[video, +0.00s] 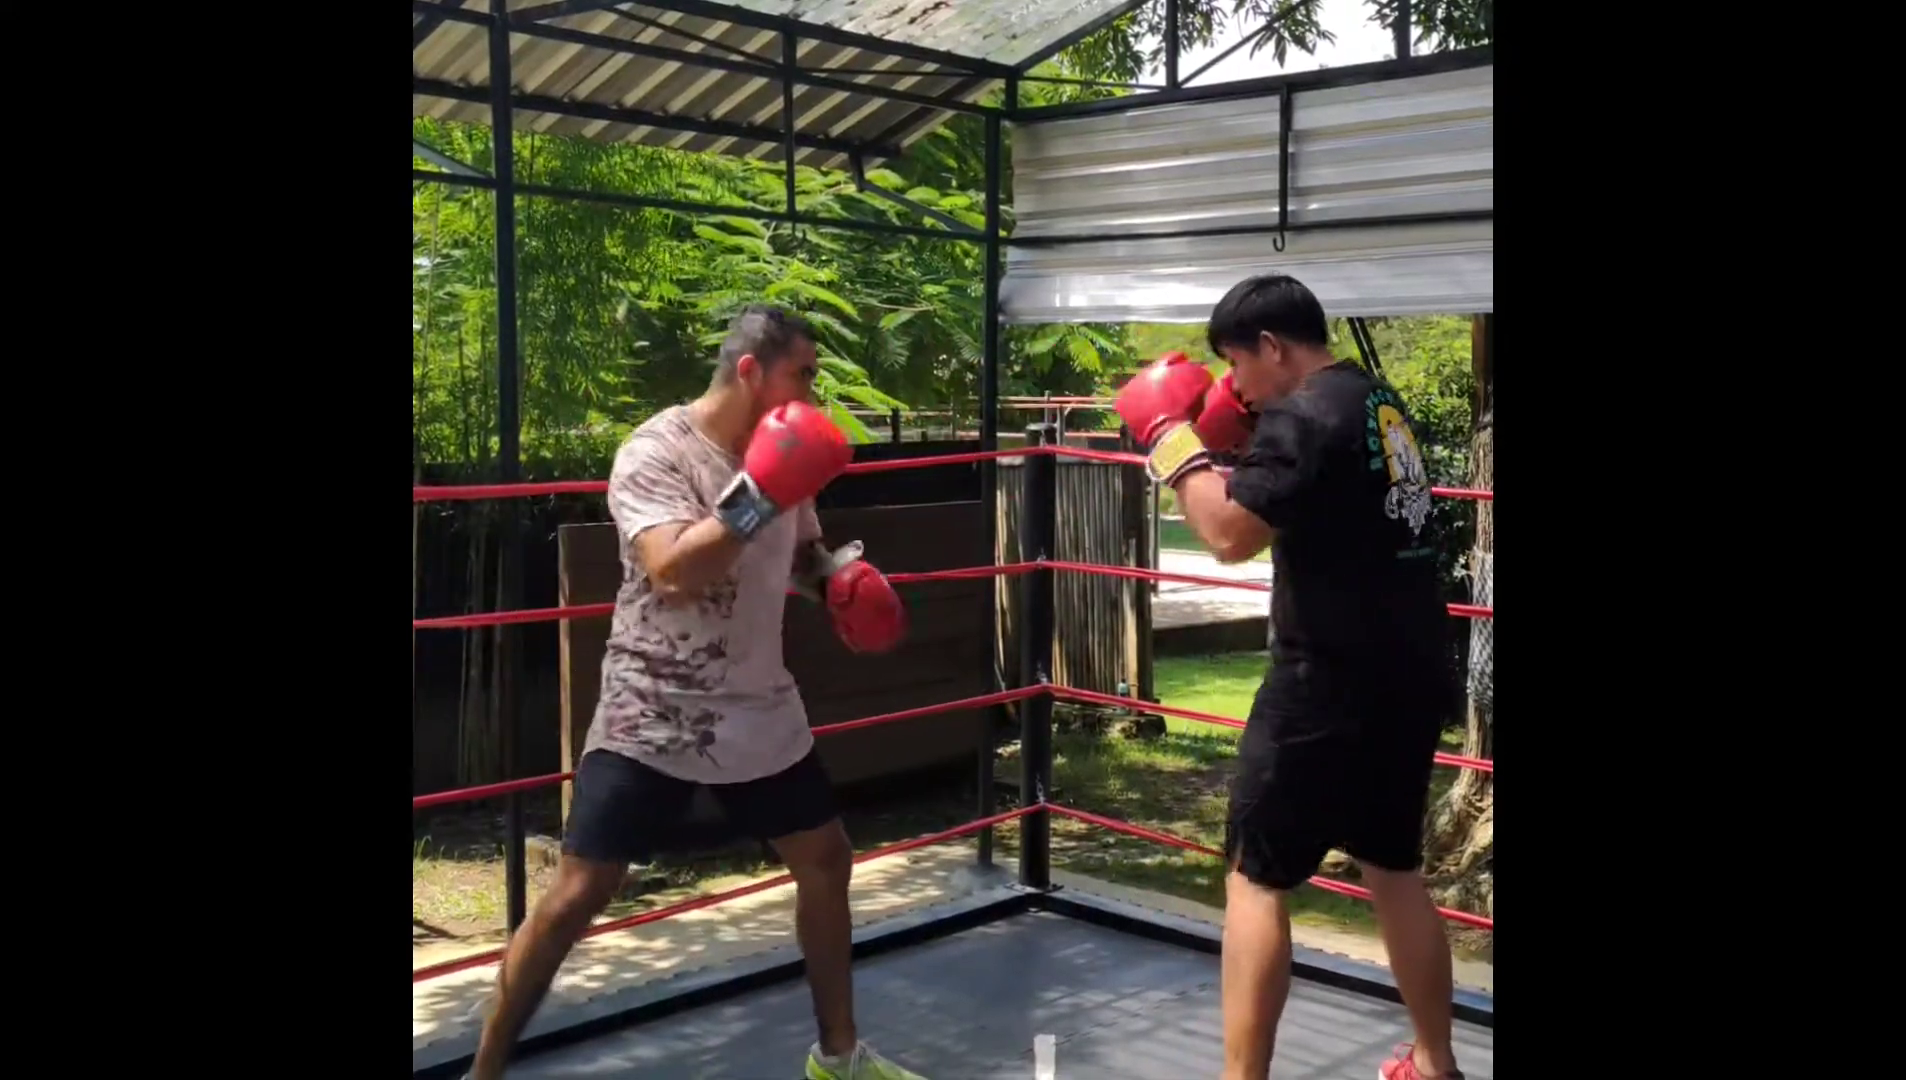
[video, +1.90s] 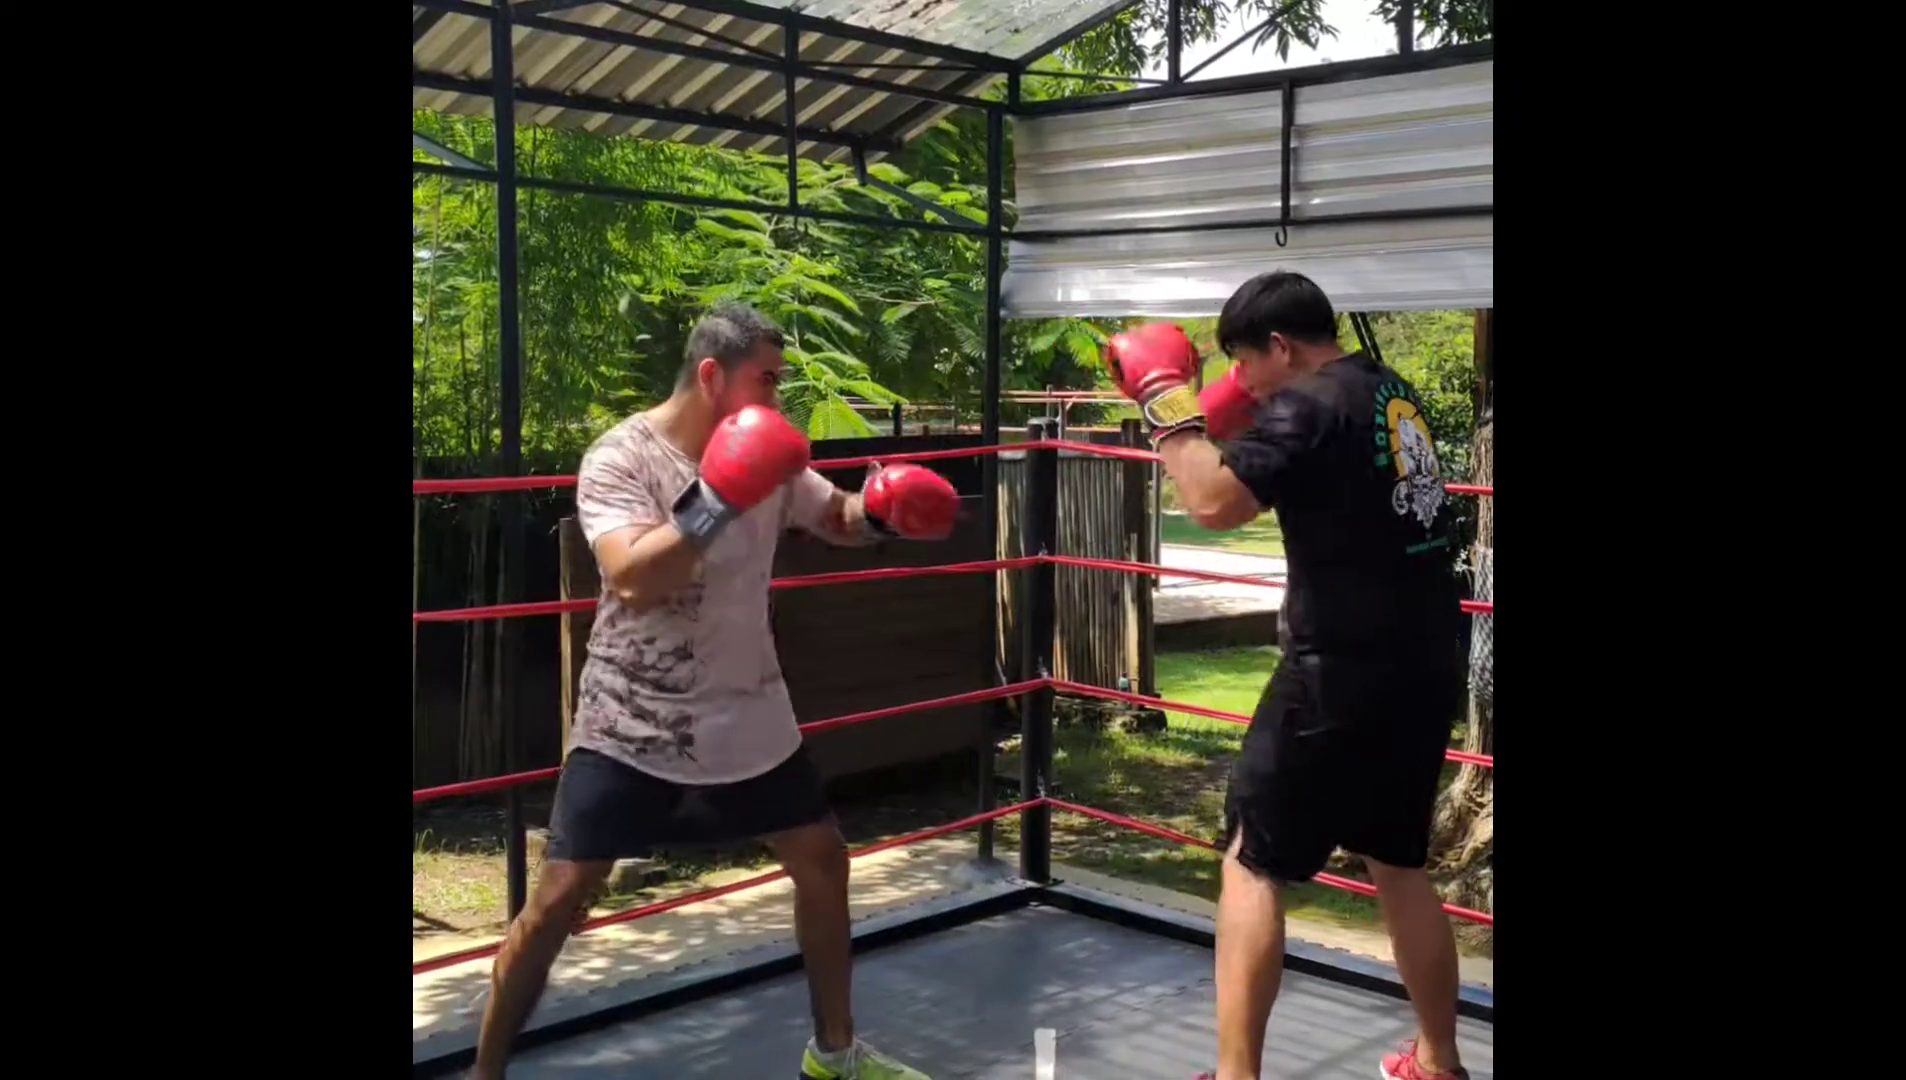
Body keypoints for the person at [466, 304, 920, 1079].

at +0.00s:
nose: (810, 395)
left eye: (813, 379)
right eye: (802, 375)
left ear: (753, 372)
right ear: (748, 368)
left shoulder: (784, 460)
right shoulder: (654, 450)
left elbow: (805, 555)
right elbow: (670, 568)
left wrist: (844, 580)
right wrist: (763, 489)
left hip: (759, 712)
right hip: (649, 714)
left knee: (825, 861)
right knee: (576, 895)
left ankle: (840, 1053)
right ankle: (484, 1069)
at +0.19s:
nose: (738, 407)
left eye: (740, 390)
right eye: (731, 388)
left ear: (685, 388)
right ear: (681, 385)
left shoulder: (704, 475)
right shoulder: (581, 482)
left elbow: (721, 580)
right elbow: (639, 607)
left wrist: (728, 624)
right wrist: (710, 509)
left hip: (695, 728)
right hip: (588, 737)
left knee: (775, 868)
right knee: (541, 932)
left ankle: (831, 1050)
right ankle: (475, 1074)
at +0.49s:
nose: (741, 381)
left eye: (744, 367)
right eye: (735, 365)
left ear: (685, 362)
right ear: (693, 362)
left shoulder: (676, 447)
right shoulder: (623, 447)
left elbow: (656, 579)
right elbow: (730, 544)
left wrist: (709, 604)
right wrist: (761, 445)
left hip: (674, 705)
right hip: (593, 710)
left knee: (739, 855)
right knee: (550, 909)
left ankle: (768, 1047)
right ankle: (479, 1072)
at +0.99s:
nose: (711, 394)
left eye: (712, 377)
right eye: (703, 376)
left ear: (654, 375)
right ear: (655, 374)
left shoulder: (662, 466)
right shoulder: (565, 471)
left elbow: (672, 567)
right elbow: (642, 592)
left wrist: (685, 610)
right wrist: (702, 493)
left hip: (652, 720)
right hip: (561, 730)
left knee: (725, 859)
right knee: (533, 929)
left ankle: (767, 1048)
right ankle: (474, 1075)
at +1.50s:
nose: (702, 411)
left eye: (708, 395)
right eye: (698, 392)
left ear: (651, 386)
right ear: (648, 382)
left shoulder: (647, 473)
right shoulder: (555, 482)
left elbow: (639, 591)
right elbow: (635, 605)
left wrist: (689, 605)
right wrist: (698, 507)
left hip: (666, 727)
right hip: (575, 744)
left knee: (758, 868)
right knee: (547, 944)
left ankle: (823, 1045)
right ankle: (474, 1073)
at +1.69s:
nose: (772, 393)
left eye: (776, 379)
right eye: (763, 377)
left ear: (725, 374)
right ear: (709, 370)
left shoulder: (763, 453)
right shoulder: (612, 454)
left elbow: (867, 440)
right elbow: (632, 562)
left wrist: (947, 413)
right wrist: (718, 483)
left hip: (731, 724)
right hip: (617, 732)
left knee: (812, 860)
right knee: (556, 916)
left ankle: (834, 1050)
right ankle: (482, 1072)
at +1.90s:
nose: (778, 397)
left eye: (781, 381)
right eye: (767, 379)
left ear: (726, 378)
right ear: (709, 374)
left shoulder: (766, 460)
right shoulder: (619, 458)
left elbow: (837, 515)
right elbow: (631, 579)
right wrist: (720, 497)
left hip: (750, 719)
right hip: (629, 723)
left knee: (823, 863)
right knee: (558, 903)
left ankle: (835, 1050)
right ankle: (486, 1070)